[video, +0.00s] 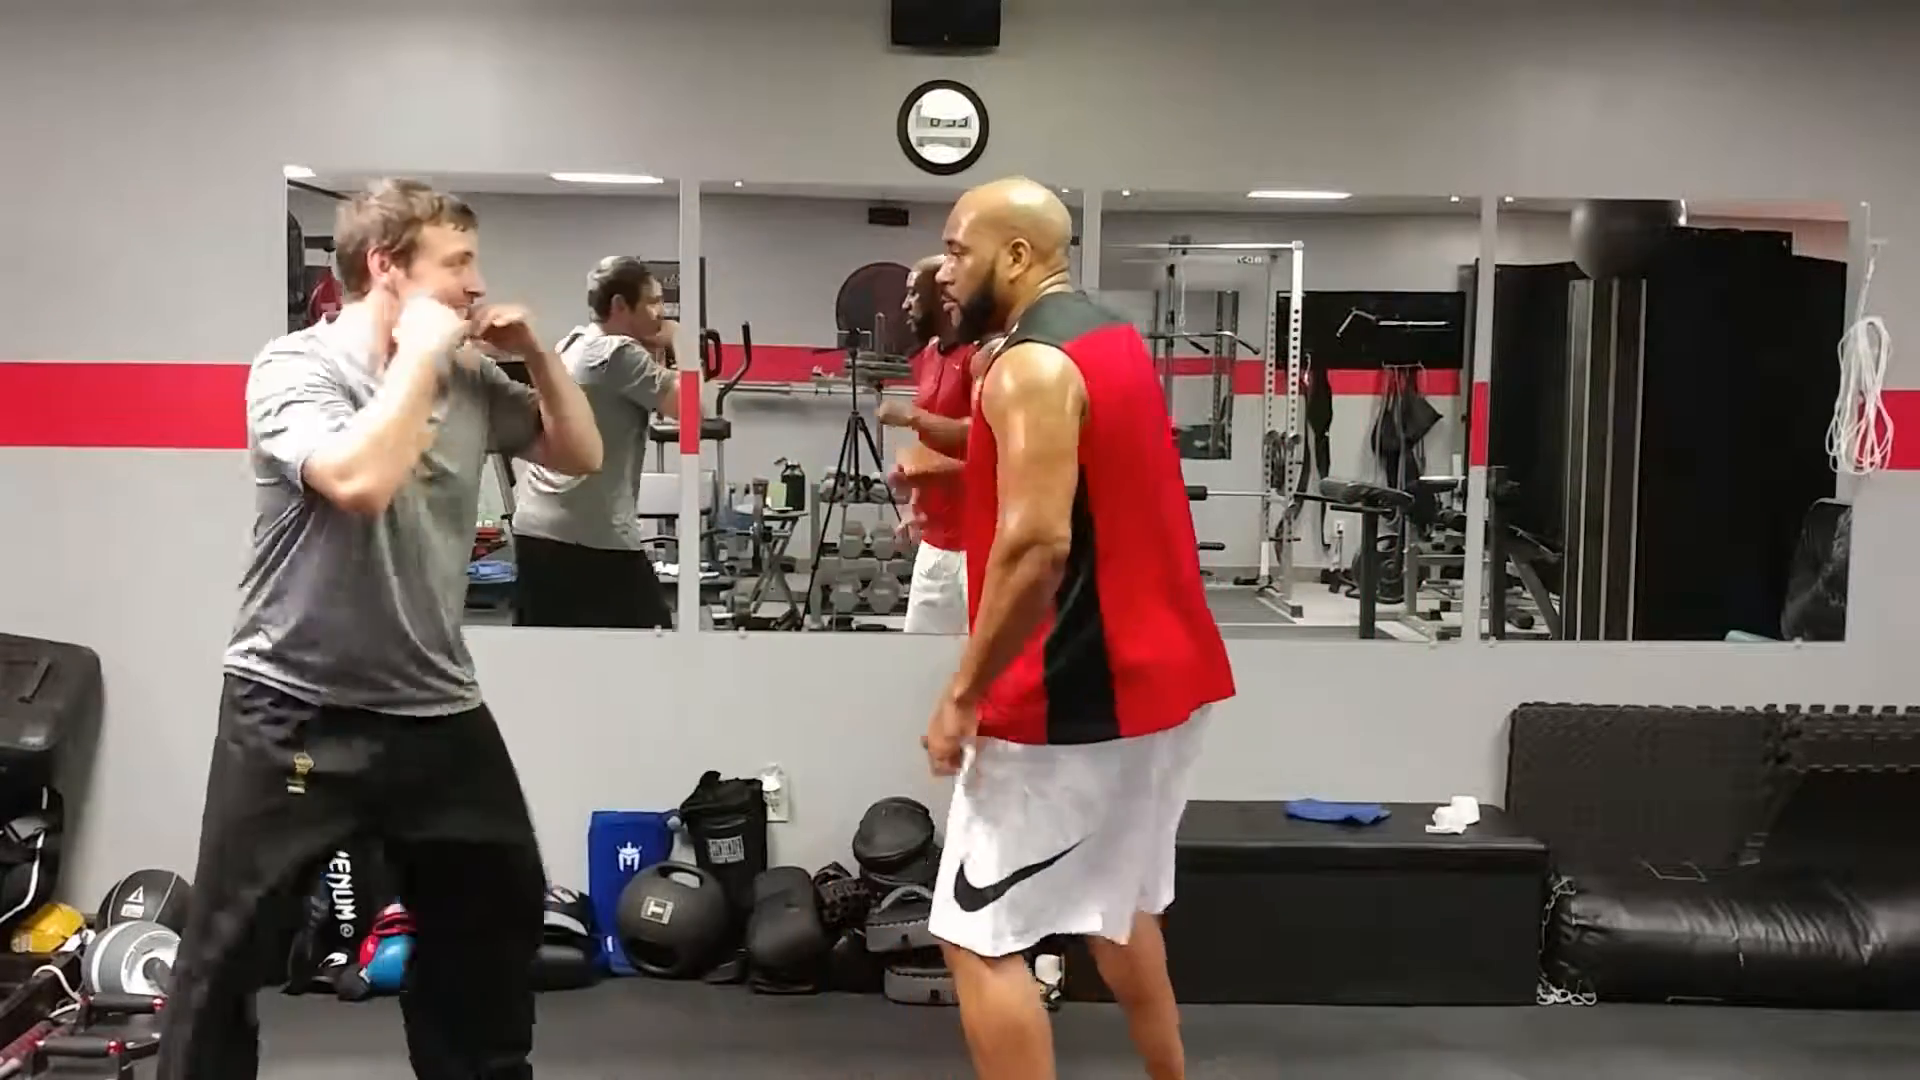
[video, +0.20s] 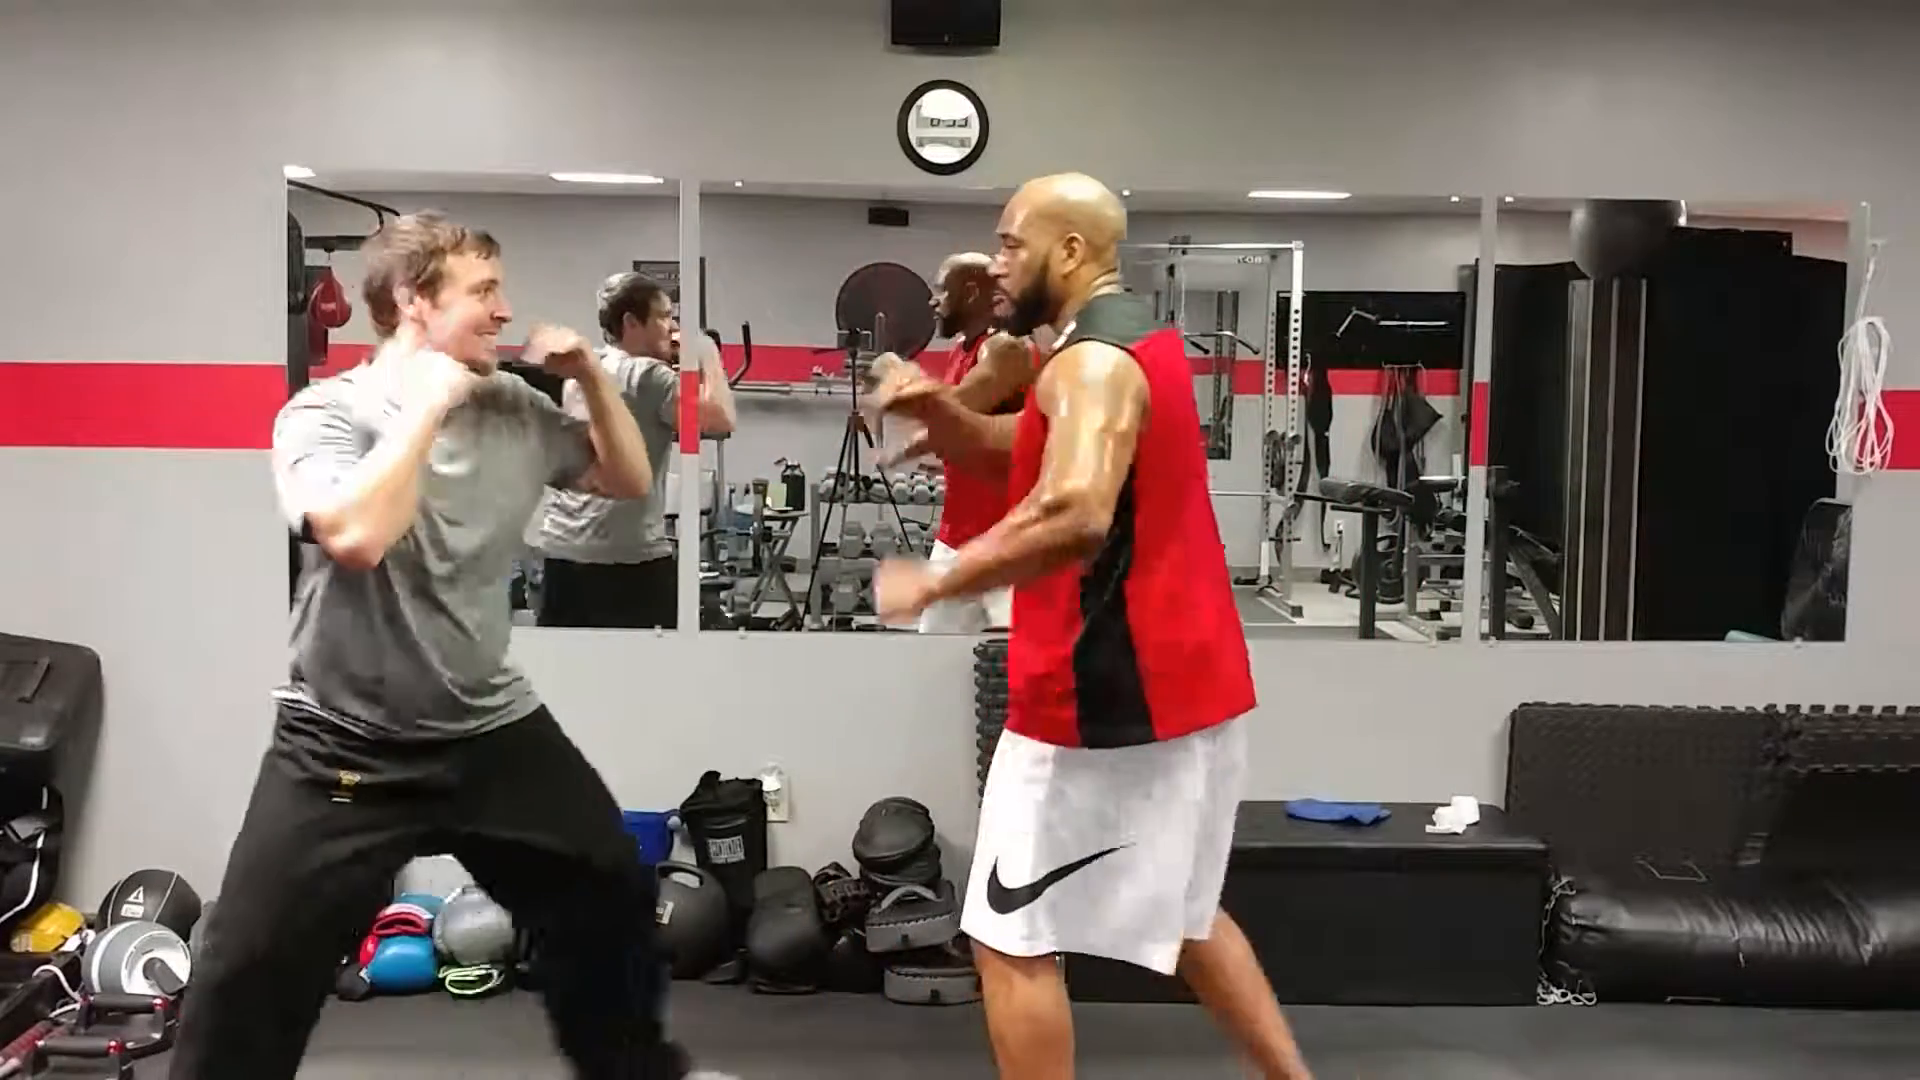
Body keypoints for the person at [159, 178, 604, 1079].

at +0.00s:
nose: (474, 286)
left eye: (475, 267)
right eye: (455, 267)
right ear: (384, 271)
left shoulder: (466, 375)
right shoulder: (292, 370)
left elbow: (577, 456)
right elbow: (357, 479)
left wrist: (541, 356)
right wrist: (421, 352)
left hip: (439, 710)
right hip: (289, 710)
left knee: (495, 927)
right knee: (225, 957)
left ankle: (481, 1073)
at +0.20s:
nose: (501, 311)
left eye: (499, 291)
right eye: (481, 292)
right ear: (412, 304)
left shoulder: (514, 409)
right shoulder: (322, 415)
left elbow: (627, 478)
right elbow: (354, 537)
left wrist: (593, 379)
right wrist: (428, 406)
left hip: (496, 737)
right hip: (340, 746)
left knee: (608, 898)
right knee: (241, 976)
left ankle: (631, 1069)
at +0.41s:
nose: (650, 309)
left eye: (644, 295)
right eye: (625, 295)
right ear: (561, 322)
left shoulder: (619, 405)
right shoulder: (572, 393)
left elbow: (699, 517)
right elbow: (761, 372)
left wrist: (706, 411)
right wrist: (910, 348)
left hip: (625, 739)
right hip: (508, 739)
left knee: (733, 915)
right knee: (389, 958)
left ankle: (816, 1062)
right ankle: (277, 1068)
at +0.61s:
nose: (802, 327)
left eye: (797, 309)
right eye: (779, 310)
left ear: (724, 335)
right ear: (714, 331)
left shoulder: (733, 411)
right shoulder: (719, 415)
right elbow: (891, 487)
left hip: (696, 731)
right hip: (618, 719)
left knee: (818, 914)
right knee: (527, 983)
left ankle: (860, 1070)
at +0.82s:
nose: (838, 342)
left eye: (839, 327)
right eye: (820, 323)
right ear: (753, 328)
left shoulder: (762, 432)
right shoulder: (711, 412)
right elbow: (845, 551)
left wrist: (857, 486)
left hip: (683, 686)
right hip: (594, 659)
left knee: (788, 910)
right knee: (576, 937)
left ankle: (835, 1065)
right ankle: (473, 1072)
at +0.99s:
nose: (777, 350)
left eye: (779, 332)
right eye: (760, 326)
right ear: (695, 322)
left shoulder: (708, 432)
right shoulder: (648, 408)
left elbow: (699, 585)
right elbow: (795, 540)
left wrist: (779, 499)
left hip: (657, 708)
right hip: (561, 694)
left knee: (772, 926)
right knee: (498, 959)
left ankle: (822, 1067)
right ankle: (373, 1076)